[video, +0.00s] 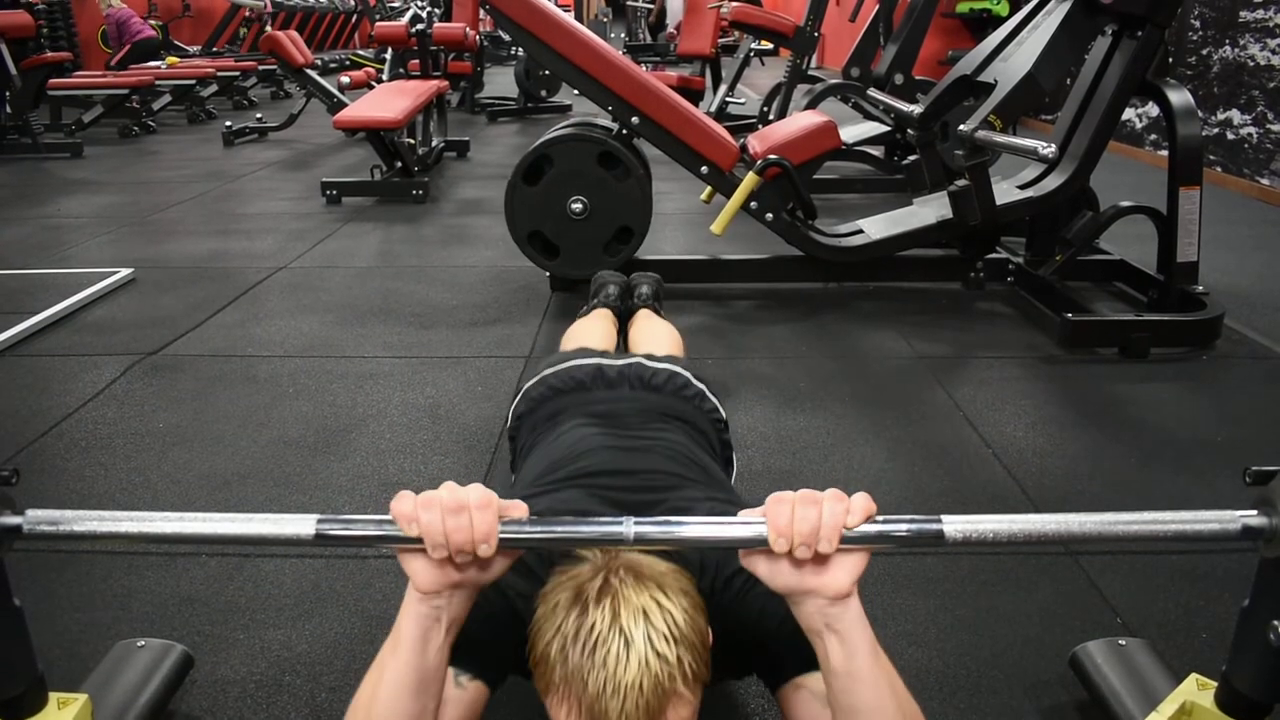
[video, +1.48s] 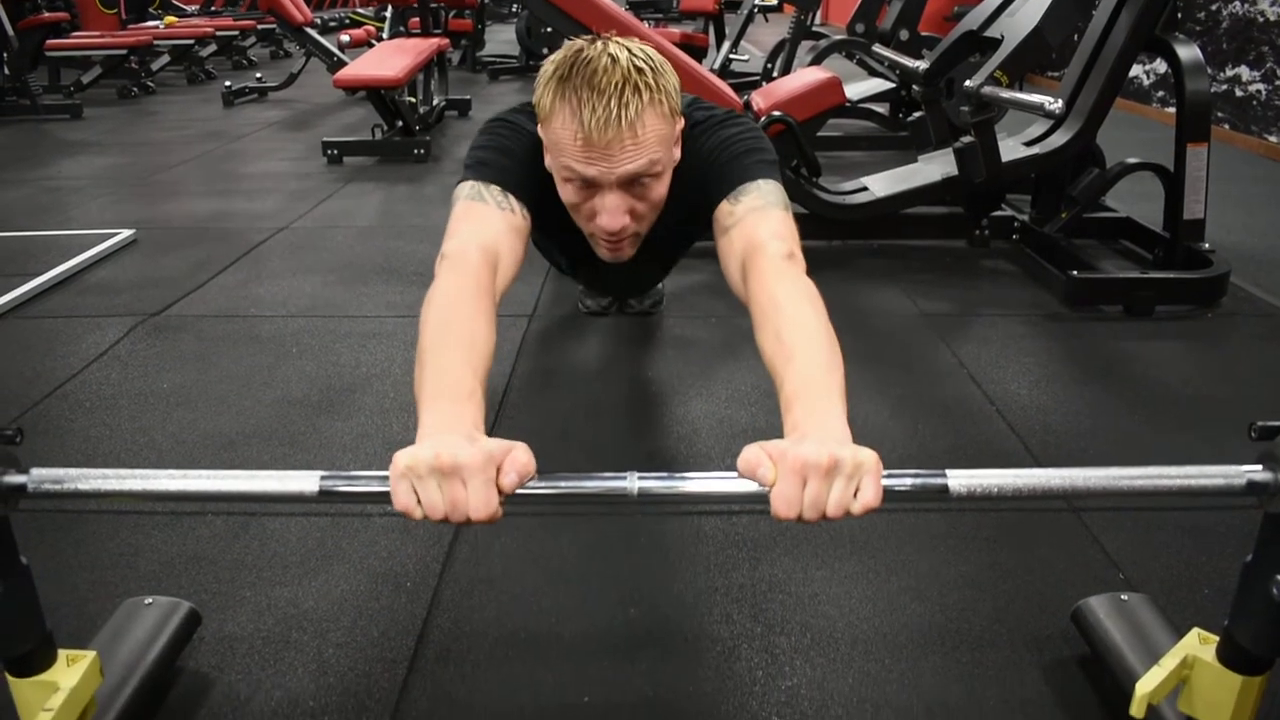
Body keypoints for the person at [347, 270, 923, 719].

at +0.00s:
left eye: (666, 718)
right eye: (589, 719)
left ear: (696, 673)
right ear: (550, 691)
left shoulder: (747, 599)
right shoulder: (502, 596)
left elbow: (844, 713)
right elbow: (419, 712)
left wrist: (835, 614)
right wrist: (431, 604)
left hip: (685, 405)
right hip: (557, 405)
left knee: (659, 343)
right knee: (584, 340)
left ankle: (639, 301)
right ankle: (604, 299)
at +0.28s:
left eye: (660, 718)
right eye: (590, 718)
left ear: (692, 669)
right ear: (551, 688)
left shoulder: (746, 595)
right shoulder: (502, 590)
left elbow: (853, 711)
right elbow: (411, 710)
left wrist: (835, 616)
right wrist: (429, 607)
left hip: (681, 406)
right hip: (552, 405)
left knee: (655, 341)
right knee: (583, 339)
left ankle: (635, 294)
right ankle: (602, 291)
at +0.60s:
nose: (626, 573)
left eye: (654, 538)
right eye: (600, 537)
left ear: (692, 473)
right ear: (560, 473)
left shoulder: (737, 420)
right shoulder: (509, 415)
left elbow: (853, 651)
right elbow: (396, 624)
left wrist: (821, 590)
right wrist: (434, 566)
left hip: (675, 259)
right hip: (553, 254)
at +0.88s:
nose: (648, 411)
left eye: (675, 385)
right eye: (623, 382)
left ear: (714, 327)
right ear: (585, 315)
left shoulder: (749, 279)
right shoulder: (540, 273)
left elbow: (827, 414)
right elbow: (454, 409)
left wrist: (827, 481)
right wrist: (446, 480)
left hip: (669, 174)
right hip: (556, 168)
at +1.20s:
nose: (630, 292)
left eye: (657, 258)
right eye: (604, 258)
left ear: (691, 209)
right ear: (565, 214)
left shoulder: (736, 188)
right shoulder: (532, 182)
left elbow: (793, 312)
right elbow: (462, 314)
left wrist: (817, 456)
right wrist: (448, 456)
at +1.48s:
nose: (611, 213)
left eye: (638, 180)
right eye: (583, 184)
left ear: (676, 139)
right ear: (547, 151)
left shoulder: (726, 144)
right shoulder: (512, 144)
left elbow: (773, 266)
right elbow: (466, 271)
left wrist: (820, 435)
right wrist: (448, 434)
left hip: (657, 266)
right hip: (571, 264)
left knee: (647, 286)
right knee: (591, 282)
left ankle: (641, 296)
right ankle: (599, 292)